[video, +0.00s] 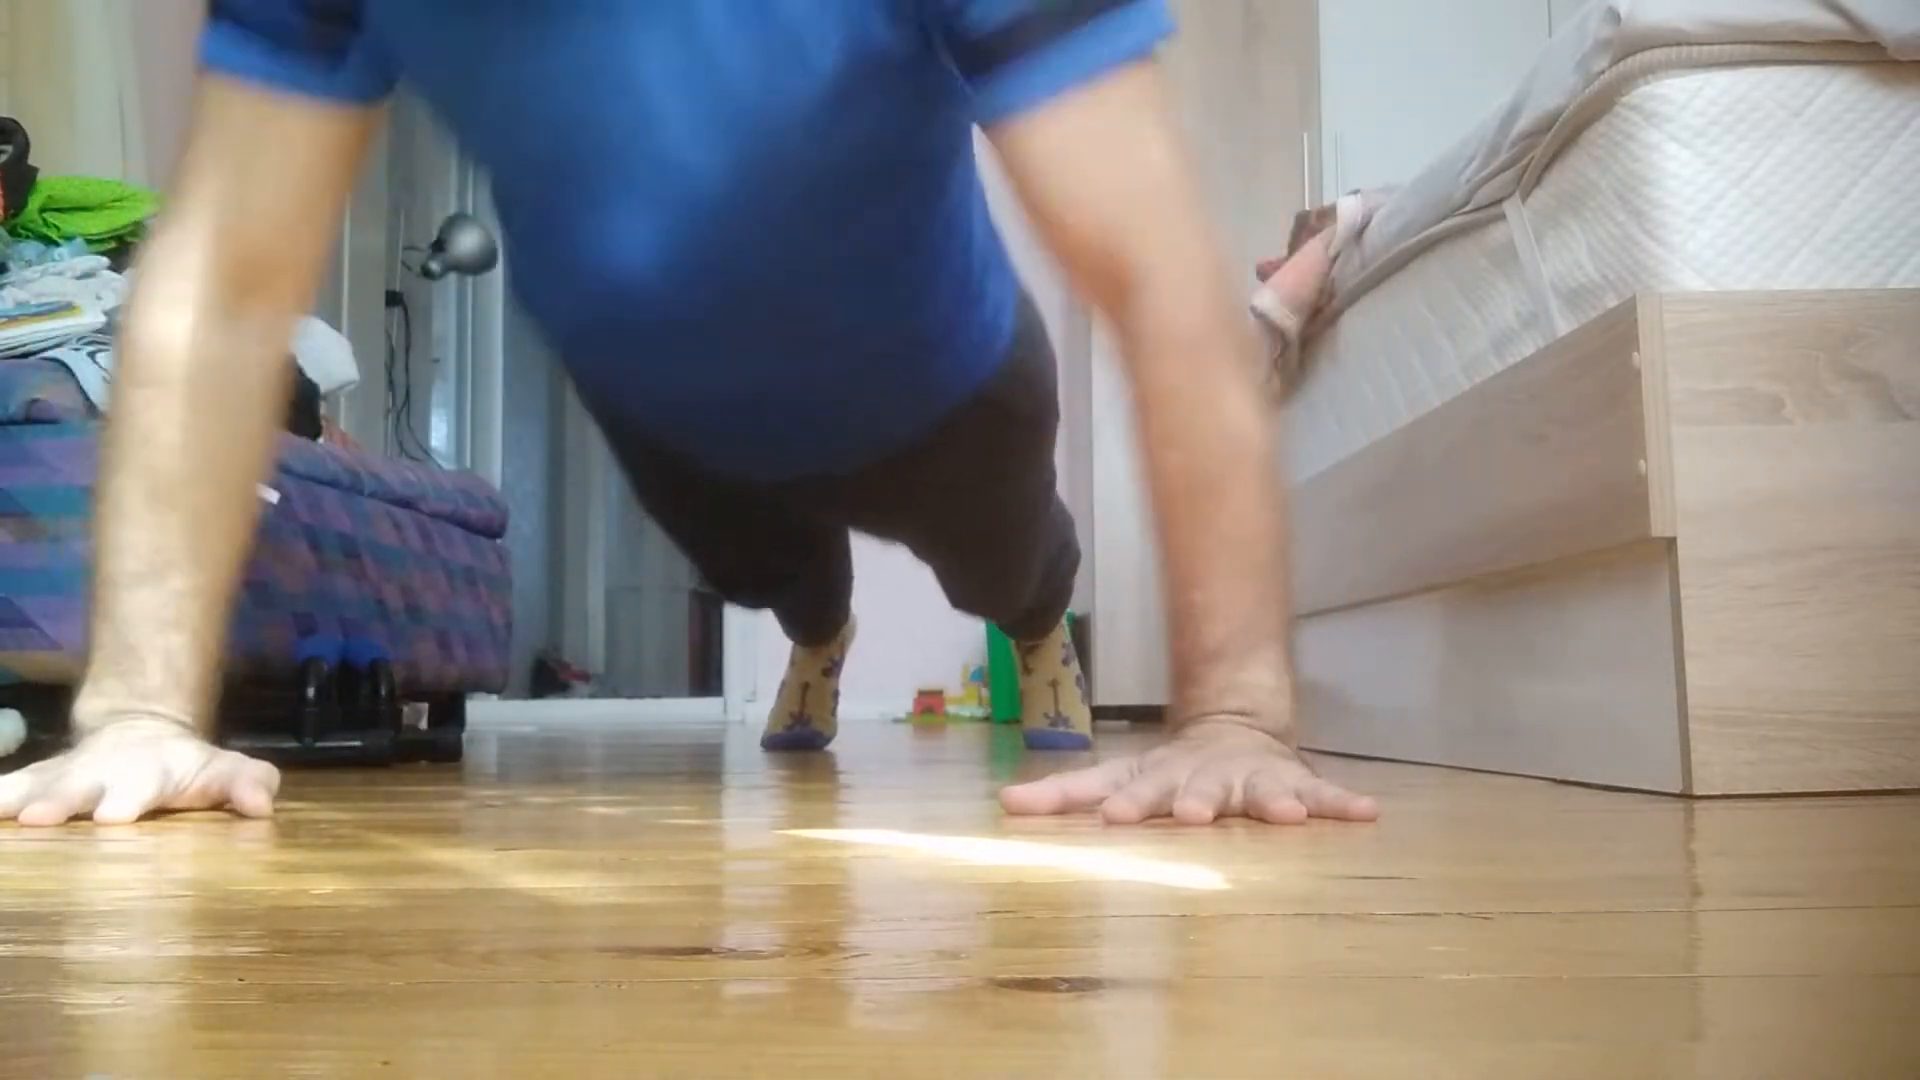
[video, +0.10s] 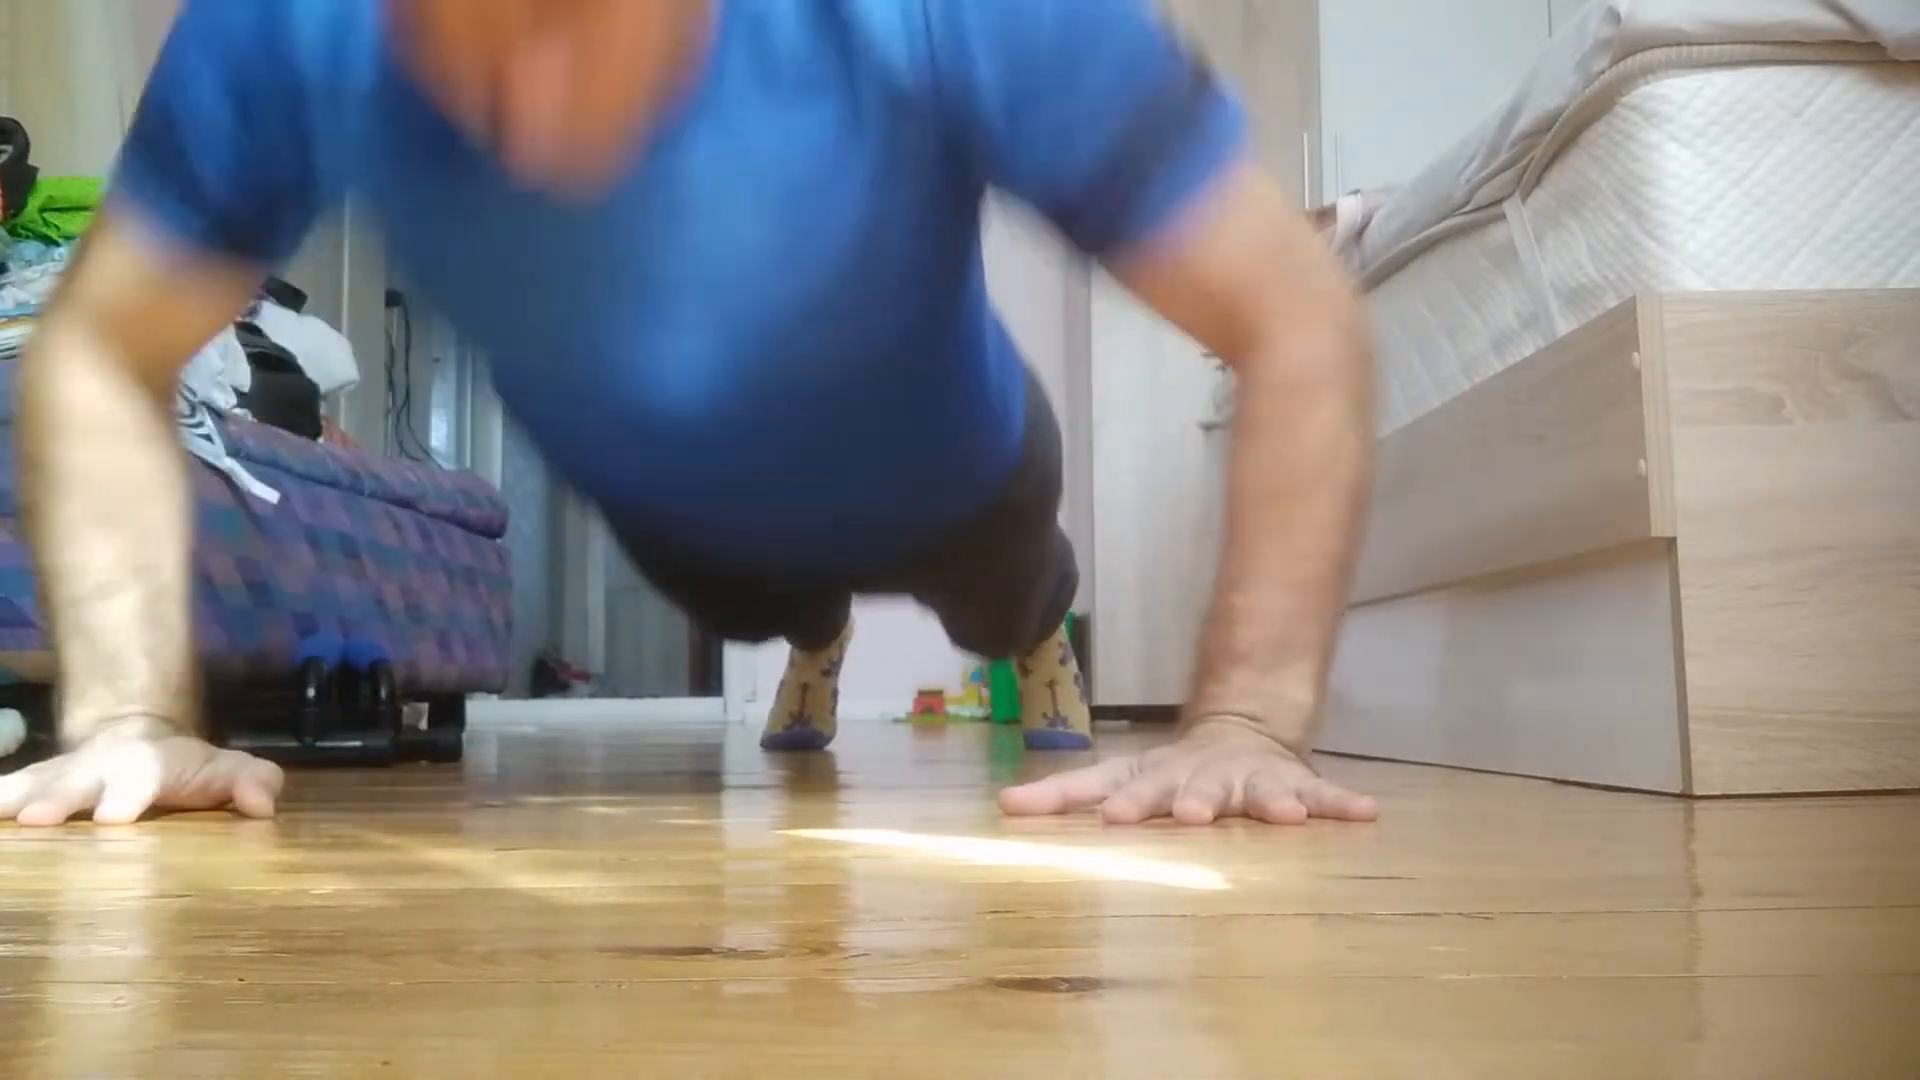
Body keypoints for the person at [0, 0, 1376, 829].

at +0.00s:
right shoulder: (343, 10)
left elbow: (1171, 278)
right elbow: (218, 284)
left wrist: (1240, 707)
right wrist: (146, 711)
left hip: (927, 391)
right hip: (675, 434)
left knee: (1005, 562)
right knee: (777, 568)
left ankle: (1019, 617)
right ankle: (819, 641)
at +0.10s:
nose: (508, 93)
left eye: (557, 34)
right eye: (461, 43)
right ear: (405, 11)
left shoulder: (934, 21)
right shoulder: (300, 39)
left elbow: (1305, 311)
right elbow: (95, 349)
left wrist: (1246, 720)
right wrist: (137, 720)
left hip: (941, 486)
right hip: (691, 533)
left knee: (1001, 611)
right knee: (788, 611)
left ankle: (1007, 651)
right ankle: (816, 654)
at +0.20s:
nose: (487, 504)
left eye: (541, 408)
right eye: (413, 435)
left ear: (697, 202)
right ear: (304, 293)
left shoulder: (931, 215)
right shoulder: (240, 263)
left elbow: (1351, 350)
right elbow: (49, 390)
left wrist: (1247, 718)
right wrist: (134, 714)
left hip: (972, 641)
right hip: (664, 645)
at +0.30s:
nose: (481, 773)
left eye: (543, 670)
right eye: (394, 696)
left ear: (700, 452)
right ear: (276, 536)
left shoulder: (938, 401)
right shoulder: (235, 386)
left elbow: (1349, 341)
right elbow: (30, 372)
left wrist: (1248, 723)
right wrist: (124, 715)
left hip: (948, 704)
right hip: (640, 730)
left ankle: (1025, 682)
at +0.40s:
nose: (477, 789)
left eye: (545, 690)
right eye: (389, 710)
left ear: (703, 495)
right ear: (270, 549)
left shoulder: (934, 439)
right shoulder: (218, 401)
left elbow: (1360, 346)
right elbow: (22, 349)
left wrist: (1253, 718)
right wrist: (124, 719)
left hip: (916, 697)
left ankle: (1028, 696)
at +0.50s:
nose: (483, 618)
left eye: (547, 533)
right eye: (396, 548)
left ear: (713, 344)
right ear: (311, 420)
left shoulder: (960, 352)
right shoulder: (229, 349)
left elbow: (1411, 353)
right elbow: (23, 380)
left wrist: (1265, 721)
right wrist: (121, 712)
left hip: (936, 596)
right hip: (682, 627)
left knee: (1009, 620)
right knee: (788, 678)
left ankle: (1035, 659)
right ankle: (806, 713)